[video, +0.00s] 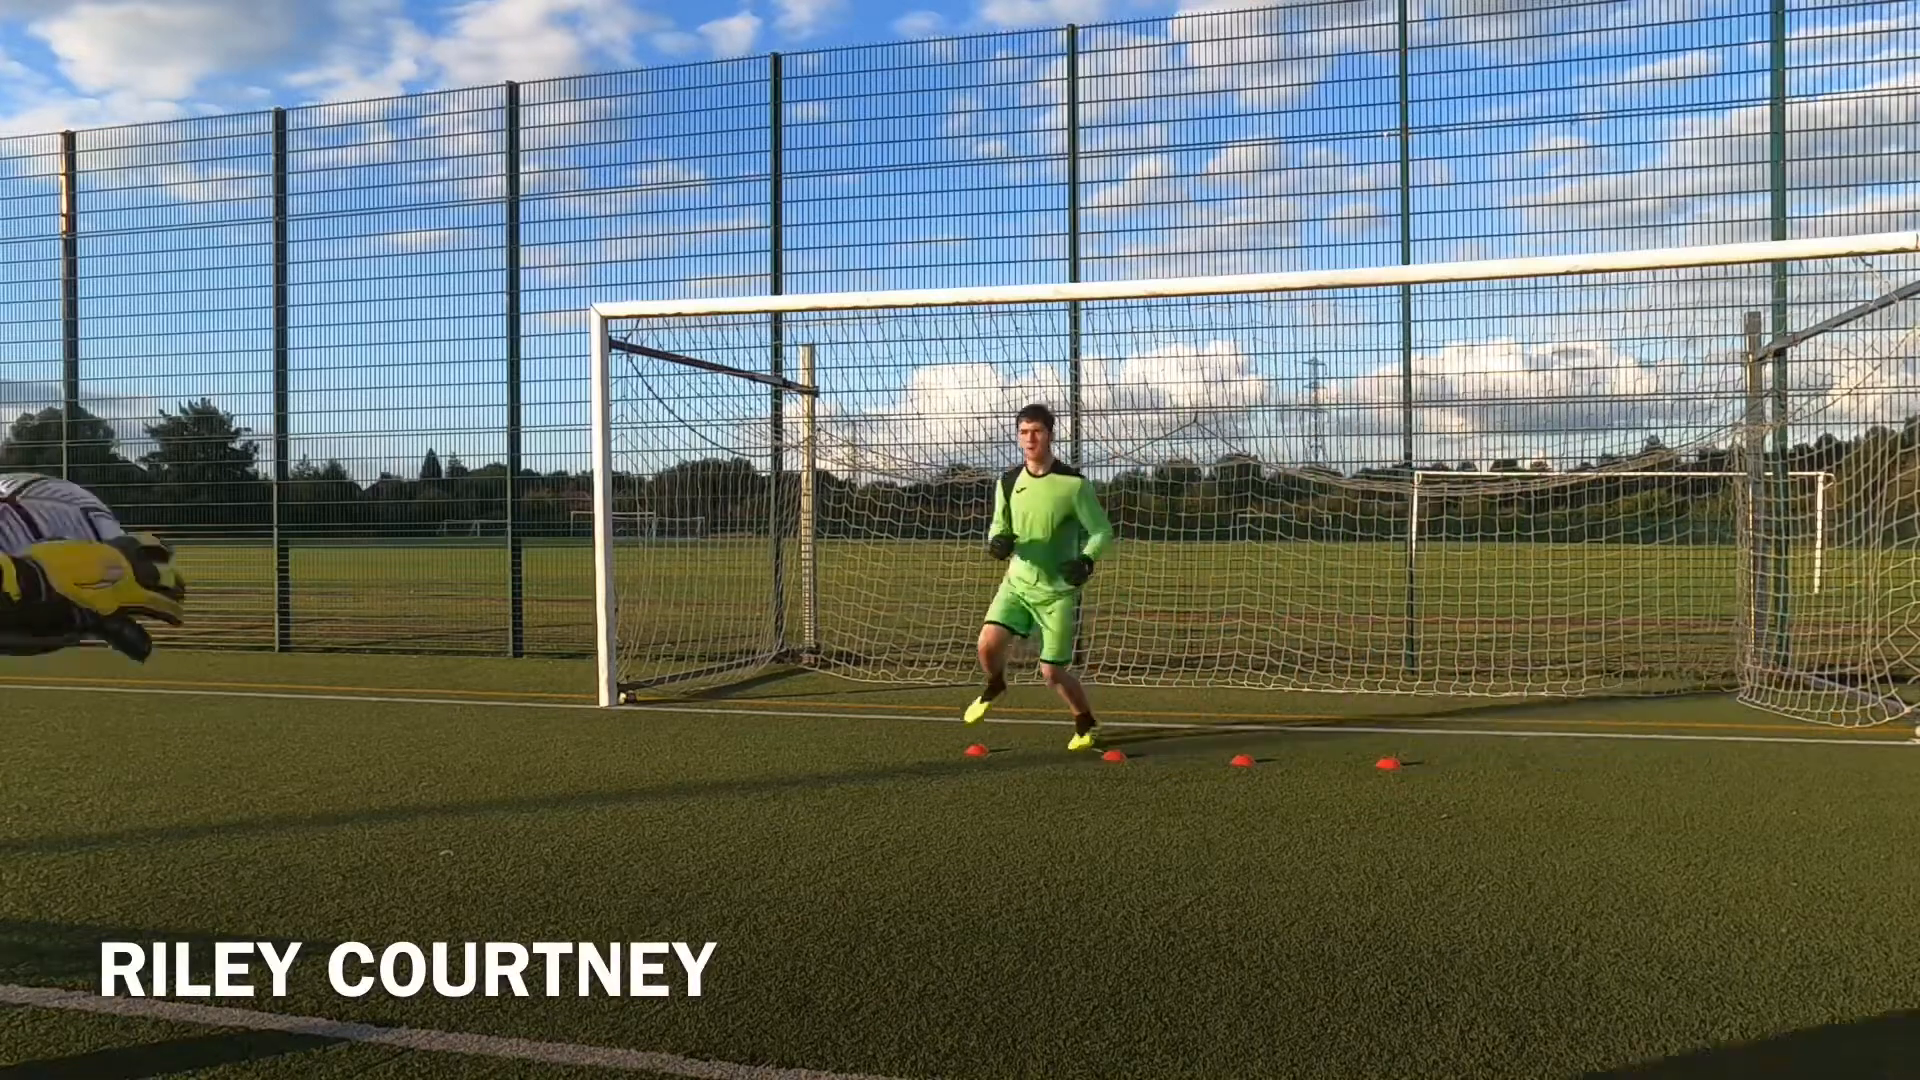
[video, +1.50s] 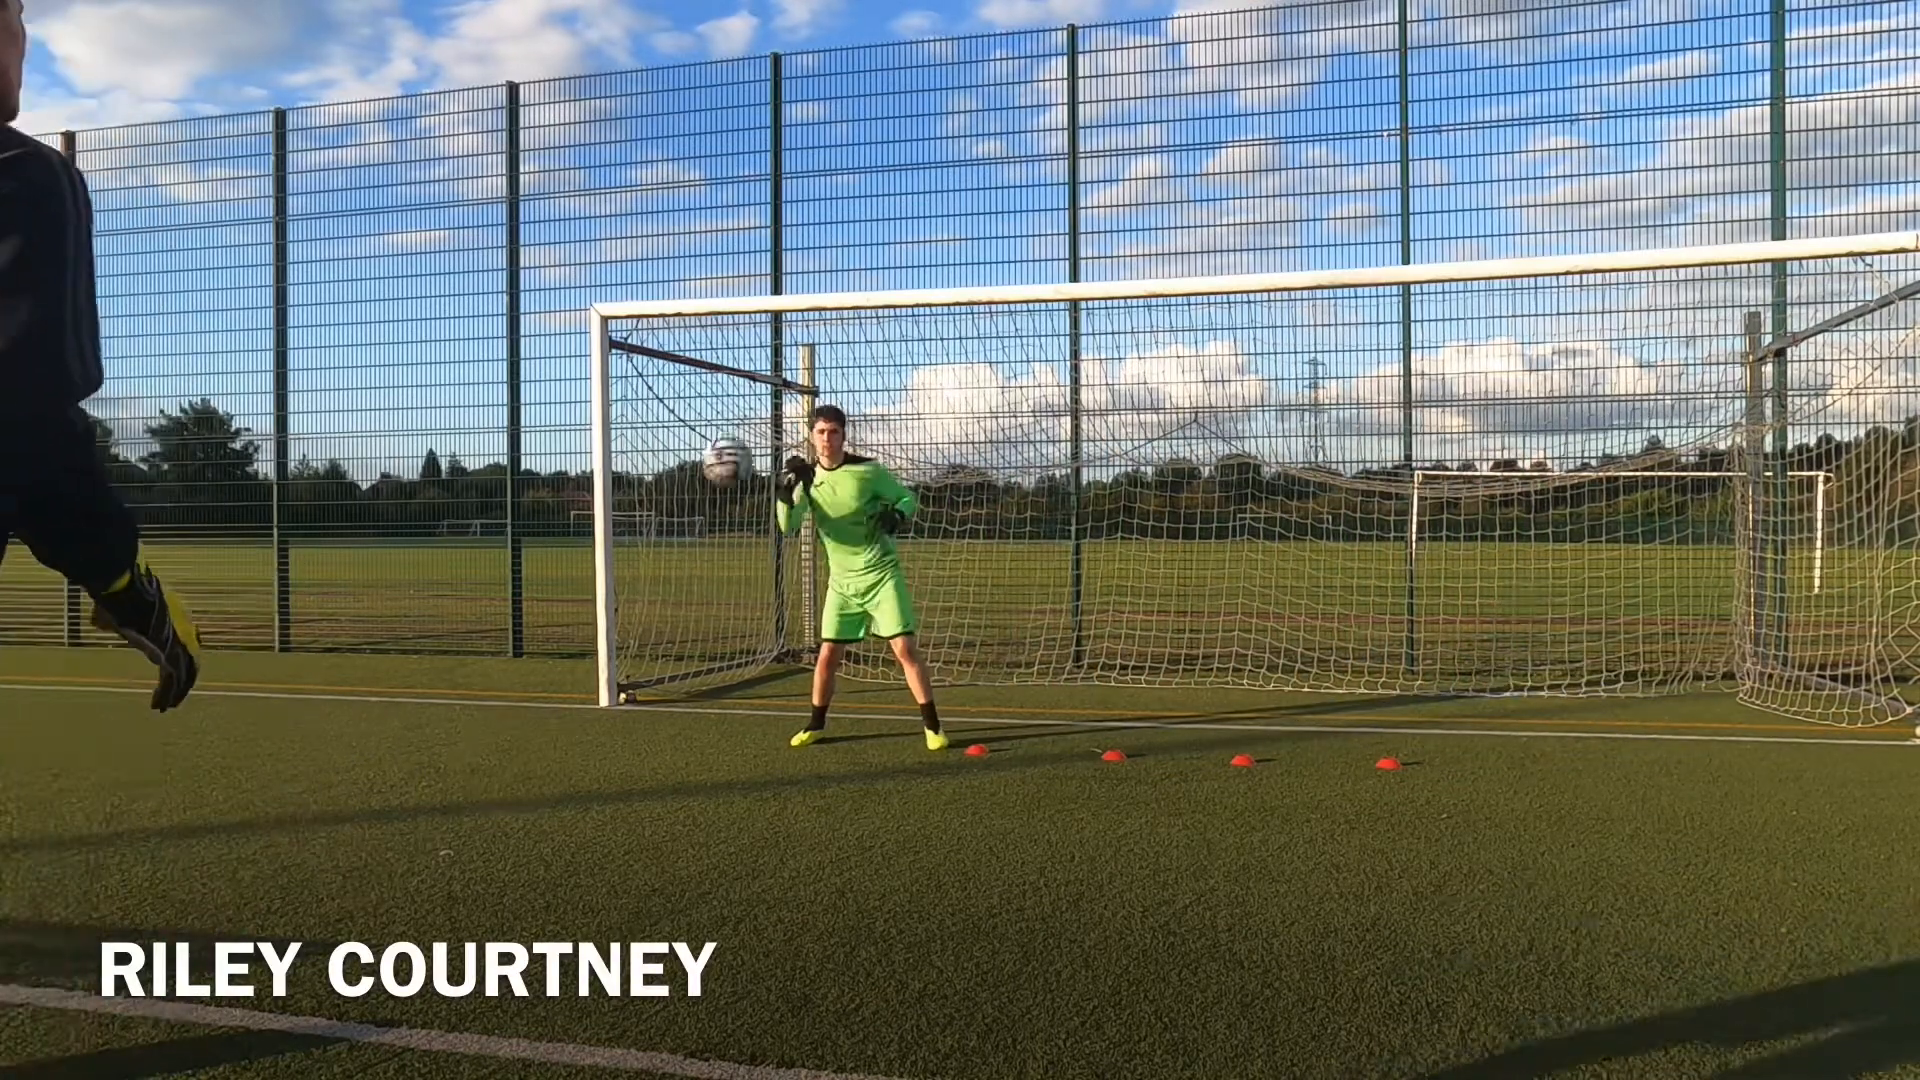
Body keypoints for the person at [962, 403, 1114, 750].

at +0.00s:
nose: (1030, 438)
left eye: (1036, 432)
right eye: (1024, 432)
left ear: (1050, 435)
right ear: (1017, 438)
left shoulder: (1075, 485)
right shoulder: (1007, 483)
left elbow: (1103, 532)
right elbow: (999, 524)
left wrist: (1086, 559)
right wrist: (997, 541)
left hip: (1057, 593)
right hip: (1016, 584)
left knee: (1051, 670)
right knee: (987, 645)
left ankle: (1086, 722)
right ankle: (995, 686)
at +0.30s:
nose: (941, 438)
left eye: (948, 432)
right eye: (936, 432)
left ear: (961, 436)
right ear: (929, 437)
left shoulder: (986, 480)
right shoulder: (918, 476)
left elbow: (1013, 518)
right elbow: (911, 513)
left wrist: (1010, 555)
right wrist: (913, 544)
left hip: (971, 580)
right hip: (928, 577)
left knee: (975, 654)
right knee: (891, 642)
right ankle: (887, 707)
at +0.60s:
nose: (892, 449)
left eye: (898, 444)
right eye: (886, 444)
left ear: (910, 448)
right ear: (879, 449)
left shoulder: (927, 496)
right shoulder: (862, 491)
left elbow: (935, 553)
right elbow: (851, 541)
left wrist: (925, 547)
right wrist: (842, 538)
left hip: (911, 597)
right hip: (866, 595)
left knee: (923, 663)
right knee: (831, 661)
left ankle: (935, 729)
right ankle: (816, 725)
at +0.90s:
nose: (851, 432)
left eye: (857, 426)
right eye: (845, 427)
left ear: (870, 429)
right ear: (838, 433)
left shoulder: (887, 472)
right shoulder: (832, 476)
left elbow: (886, 526)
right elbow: (820, 526)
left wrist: (863, 495)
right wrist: (818, 495)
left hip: (888, 578)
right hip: (846, 582)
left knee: (907, 658)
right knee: (825, 653)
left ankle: (932, 729)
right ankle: (816, 724)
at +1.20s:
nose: (806, 448)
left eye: (812, 440)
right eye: (800, 443)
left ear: (824, 443)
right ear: (794, 450)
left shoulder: (857, 475)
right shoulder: (807, 489)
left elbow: (902, 500)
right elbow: (819, 526)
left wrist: (887, 521)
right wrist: (807, 554)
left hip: (881, 579)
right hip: (841, 585)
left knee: (903, 652)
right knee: (826, 652)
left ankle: (933, 727)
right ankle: (816, 725)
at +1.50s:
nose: (828, 438)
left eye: (834, 431)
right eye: (821, 432)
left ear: (844, 436)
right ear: (812, 437)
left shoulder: (870, 472)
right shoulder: (807, 480)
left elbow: (908, 500)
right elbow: (787, 526)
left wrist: (897, 515)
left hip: (882, 576)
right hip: (840, 583)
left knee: (904, 648)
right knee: (827, 655)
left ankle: (932, 725)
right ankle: (816, 725)